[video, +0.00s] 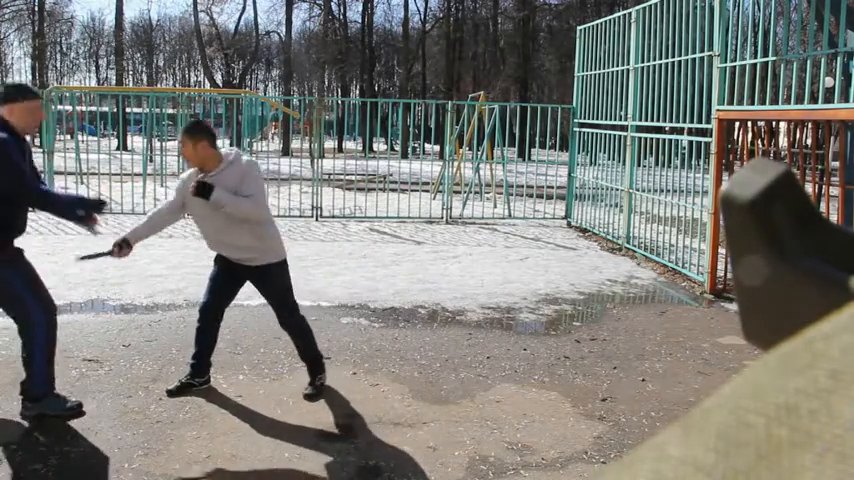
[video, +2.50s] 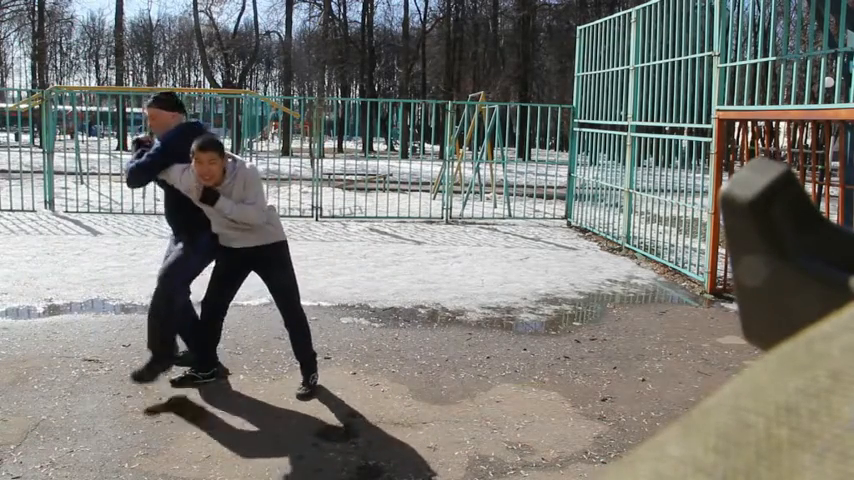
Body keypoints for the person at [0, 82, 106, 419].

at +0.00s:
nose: (41, 116)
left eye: (41, 108)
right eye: (36, 108)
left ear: (13, 109)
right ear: (12, 109)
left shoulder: (16, 143)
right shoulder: (7, 144)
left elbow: (34, 192)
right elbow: (30, 194)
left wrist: (78, 207)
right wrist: (78, 208)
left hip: (8, 250)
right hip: (4, 253)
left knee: (40, 313)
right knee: (38, 315)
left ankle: (39, 394)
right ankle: (39, 397)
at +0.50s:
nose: (25, 109)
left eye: (25, 101)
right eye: (20, 101)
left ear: (8, 103)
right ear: (1, 103)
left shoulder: (4, 138)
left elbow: (7, 188)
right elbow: (6, 190)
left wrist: (34, 182)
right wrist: (38, 182)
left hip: (11, 244)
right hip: (7, 246)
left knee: (4, 307)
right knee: (46, 306)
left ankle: (53, 389)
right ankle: (53, 391)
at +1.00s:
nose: (40, 122)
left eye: (38, 115)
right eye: (34, 116)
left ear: (11, 122)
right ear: (10, 122)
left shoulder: (16, 150)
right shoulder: (17, 153)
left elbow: (73, 154)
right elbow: (74, 154)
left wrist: (108, 119)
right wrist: (109, 117)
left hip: (12, 255)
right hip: (16, 256)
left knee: (16, 312)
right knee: (78, 301)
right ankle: (86, 383)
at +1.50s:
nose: (104, 106)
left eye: (103, 100)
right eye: (96, 101)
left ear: (100, 103)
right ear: (75, 105)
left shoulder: (100, 131)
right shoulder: (63, 133)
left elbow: (143, 139)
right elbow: (108, 136)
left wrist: (140, 101)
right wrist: (128, 97)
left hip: (90, 235)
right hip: (64, 236)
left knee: (117, 296)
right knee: (101, 305)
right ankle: (98, 376)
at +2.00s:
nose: (144, 110)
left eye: (150, 104)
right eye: (138, 105)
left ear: (166, 101)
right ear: (133, 107)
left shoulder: (185, 125)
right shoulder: (132, 135)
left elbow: (181, 121)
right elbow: (120, 180)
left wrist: (129, 118)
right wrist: (116, 134)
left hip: (188, 227)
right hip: (151, 229)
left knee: (208, 292)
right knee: (144, 297)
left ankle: (212, 355)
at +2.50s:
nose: (150, 124)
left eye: (152, 118)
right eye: (149, 119)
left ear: (171, 115)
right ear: (174, 116)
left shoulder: (180, 137)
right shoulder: (186, 132)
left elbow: (134, 177)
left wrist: (141, 151)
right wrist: (151, 149)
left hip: (201, 235)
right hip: (186, 231)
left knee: (167, 286)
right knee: (172, 288)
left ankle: (161, 356)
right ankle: (200, 350)